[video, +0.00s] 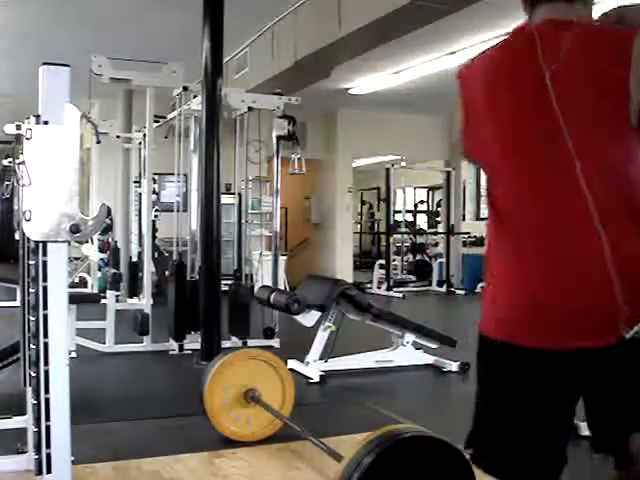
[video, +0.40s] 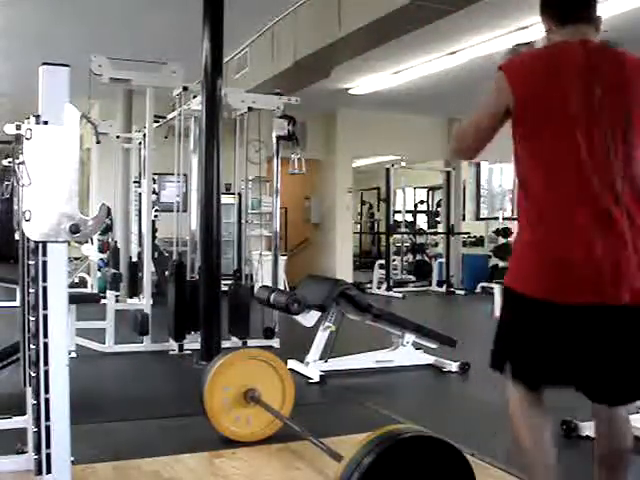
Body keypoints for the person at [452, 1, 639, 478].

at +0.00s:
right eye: (591, 4)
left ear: (523, 2)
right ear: (588, 1)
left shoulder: (478, 74)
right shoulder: (627, 48)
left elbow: (471, 150)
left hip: (521, 312)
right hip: (624, 304)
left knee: (513, 468)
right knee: (628, 457)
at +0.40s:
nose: (544, 23)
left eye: (544, 16)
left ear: (545, 17)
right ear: (598, 16)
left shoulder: (522, 70)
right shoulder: (632, 69)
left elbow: (466, 143)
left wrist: (466, 128)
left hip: (544, 264)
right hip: (622, 268)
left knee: (525, 390)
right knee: (614, 408)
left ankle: (543, 474)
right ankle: (614, 477)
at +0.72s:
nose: (500, 72)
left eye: (498, 65)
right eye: (500, 66)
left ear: (506, 59)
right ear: (546, 54)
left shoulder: (504, 103)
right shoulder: (593, 105)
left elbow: (486, 177)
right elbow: (638, 169)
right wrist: (626, 233)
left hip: (524, 271)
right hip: (591, 270)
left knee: (511, 387)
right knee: (598, 395)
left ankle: (497, 472)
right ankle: (605, 475)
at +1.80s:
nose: (395, 105)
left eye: (397, 95)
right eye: (391, 98)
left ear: (420, 81)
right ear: (407, 89)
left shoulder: (452, 124)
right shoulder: (415, 133)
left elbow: (459, 195)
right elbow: (413, 196)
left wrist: (406, 232)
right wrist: (395, 232)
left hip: (445, 255)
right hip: (426, 253)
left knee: (405, 343)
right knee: (433, 345)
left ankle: (410, 437)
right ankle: (439, 433)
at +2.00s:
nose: (374, 108)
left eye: (376, 98)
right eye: (368, 101)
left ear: (398, 84)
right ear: (378, 94)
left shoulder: (437, 129)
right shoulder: (384, 136)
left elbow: (461, 197)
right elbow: (381, 191)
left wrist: (401, 222)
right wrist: (378, 230)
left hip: (430, 265)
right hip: (403, 263)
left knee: (396, 354)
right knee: (428, 357)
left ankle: (379, 444)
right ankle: (441, 435)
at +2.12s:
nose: (359, 106)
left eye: (361, 95)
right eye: (353, 98)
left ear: (385, 82)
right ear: (371, 89)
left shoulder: (427, 131)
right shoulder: (367, 128)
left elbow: (457, 198)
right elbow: (372, 183)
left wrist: (394, 188)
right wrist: (361, 226)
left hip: (414, 264)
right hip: (382, 262)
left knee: (377, 356)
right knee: (411, 359)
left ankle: (370, 452)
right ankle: (440, 438)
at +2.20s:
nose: (353, 106)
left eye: (355, 95)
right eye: (348, 98)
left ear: (379, 81)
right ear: (362, 89)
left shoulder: (424, 128)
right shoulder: (360, 125)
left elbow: (443, 198)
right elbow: (366, 194)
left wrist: (387, 165)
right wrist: (358, 253)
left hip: (407, 264)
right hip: (373, 261)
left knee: (375, 357)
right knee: (401, 354)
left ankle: (369, 452)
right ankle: (431, 426)